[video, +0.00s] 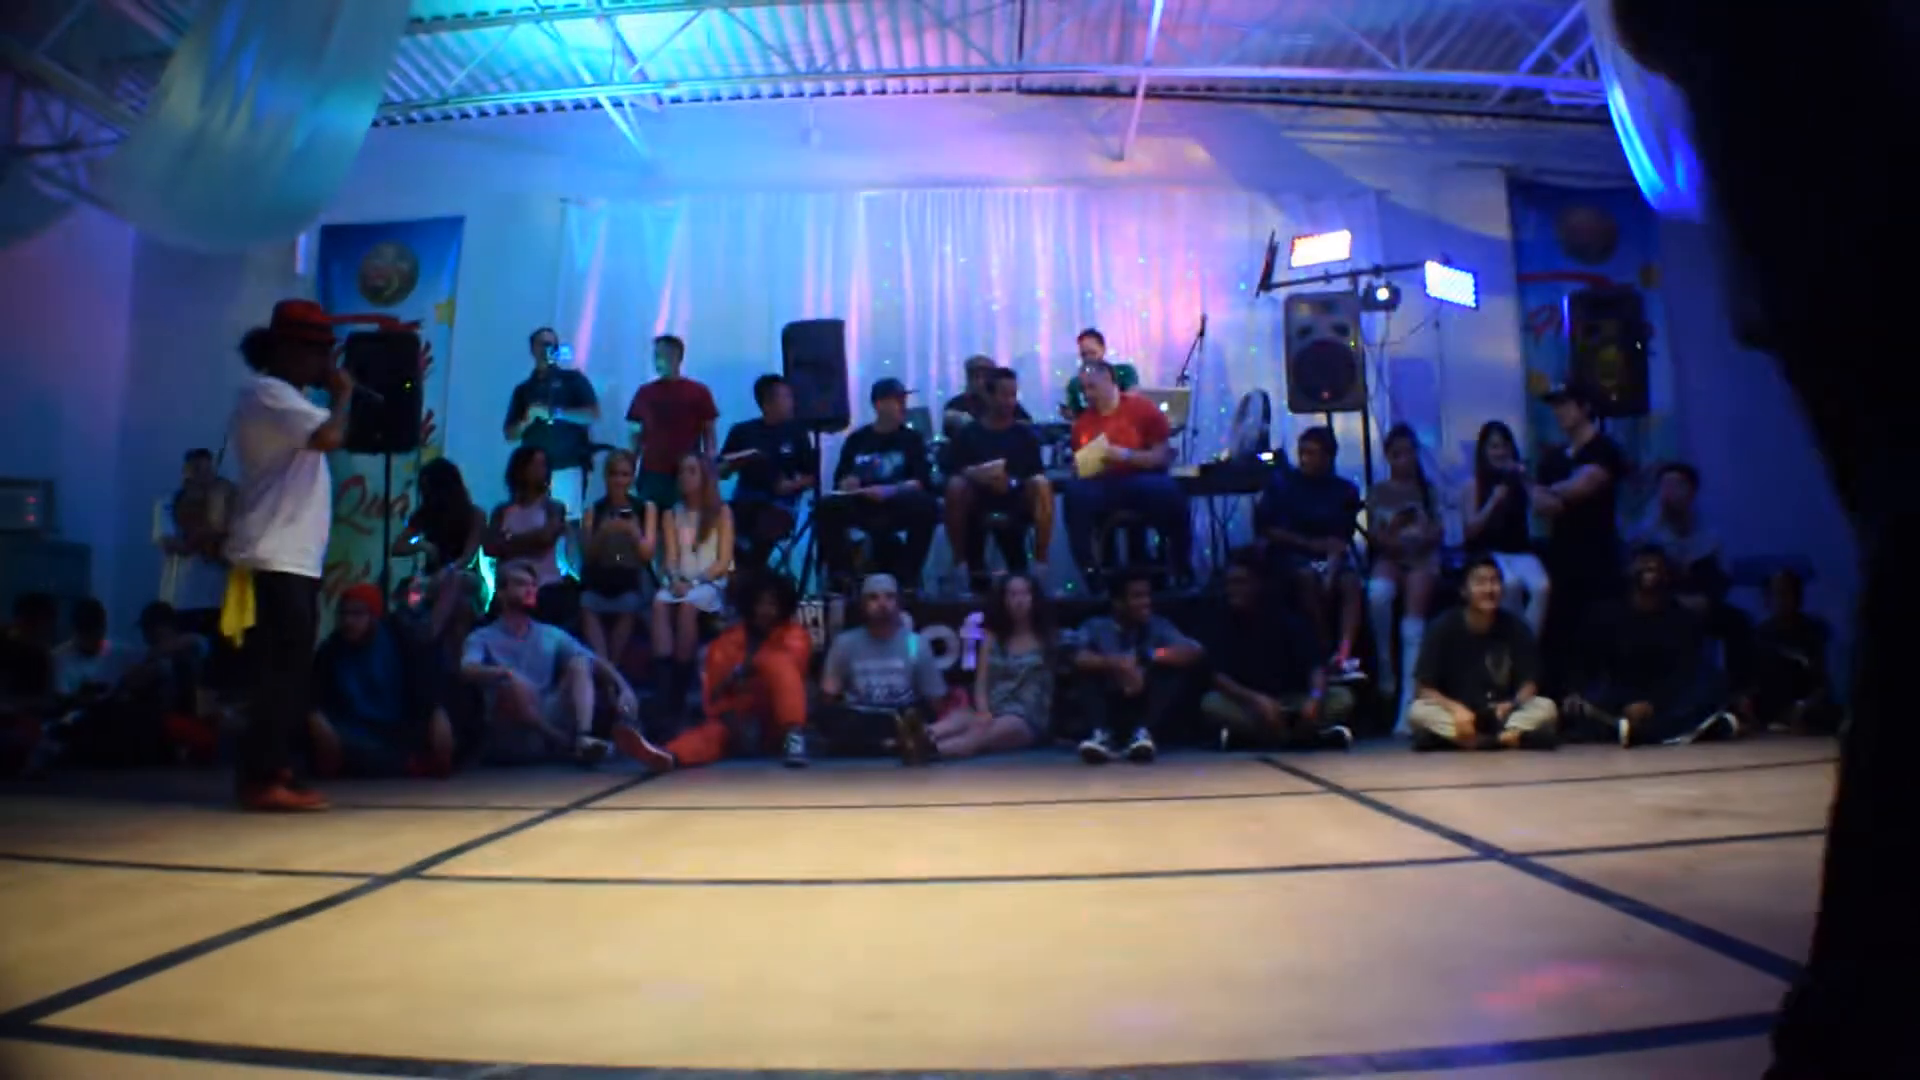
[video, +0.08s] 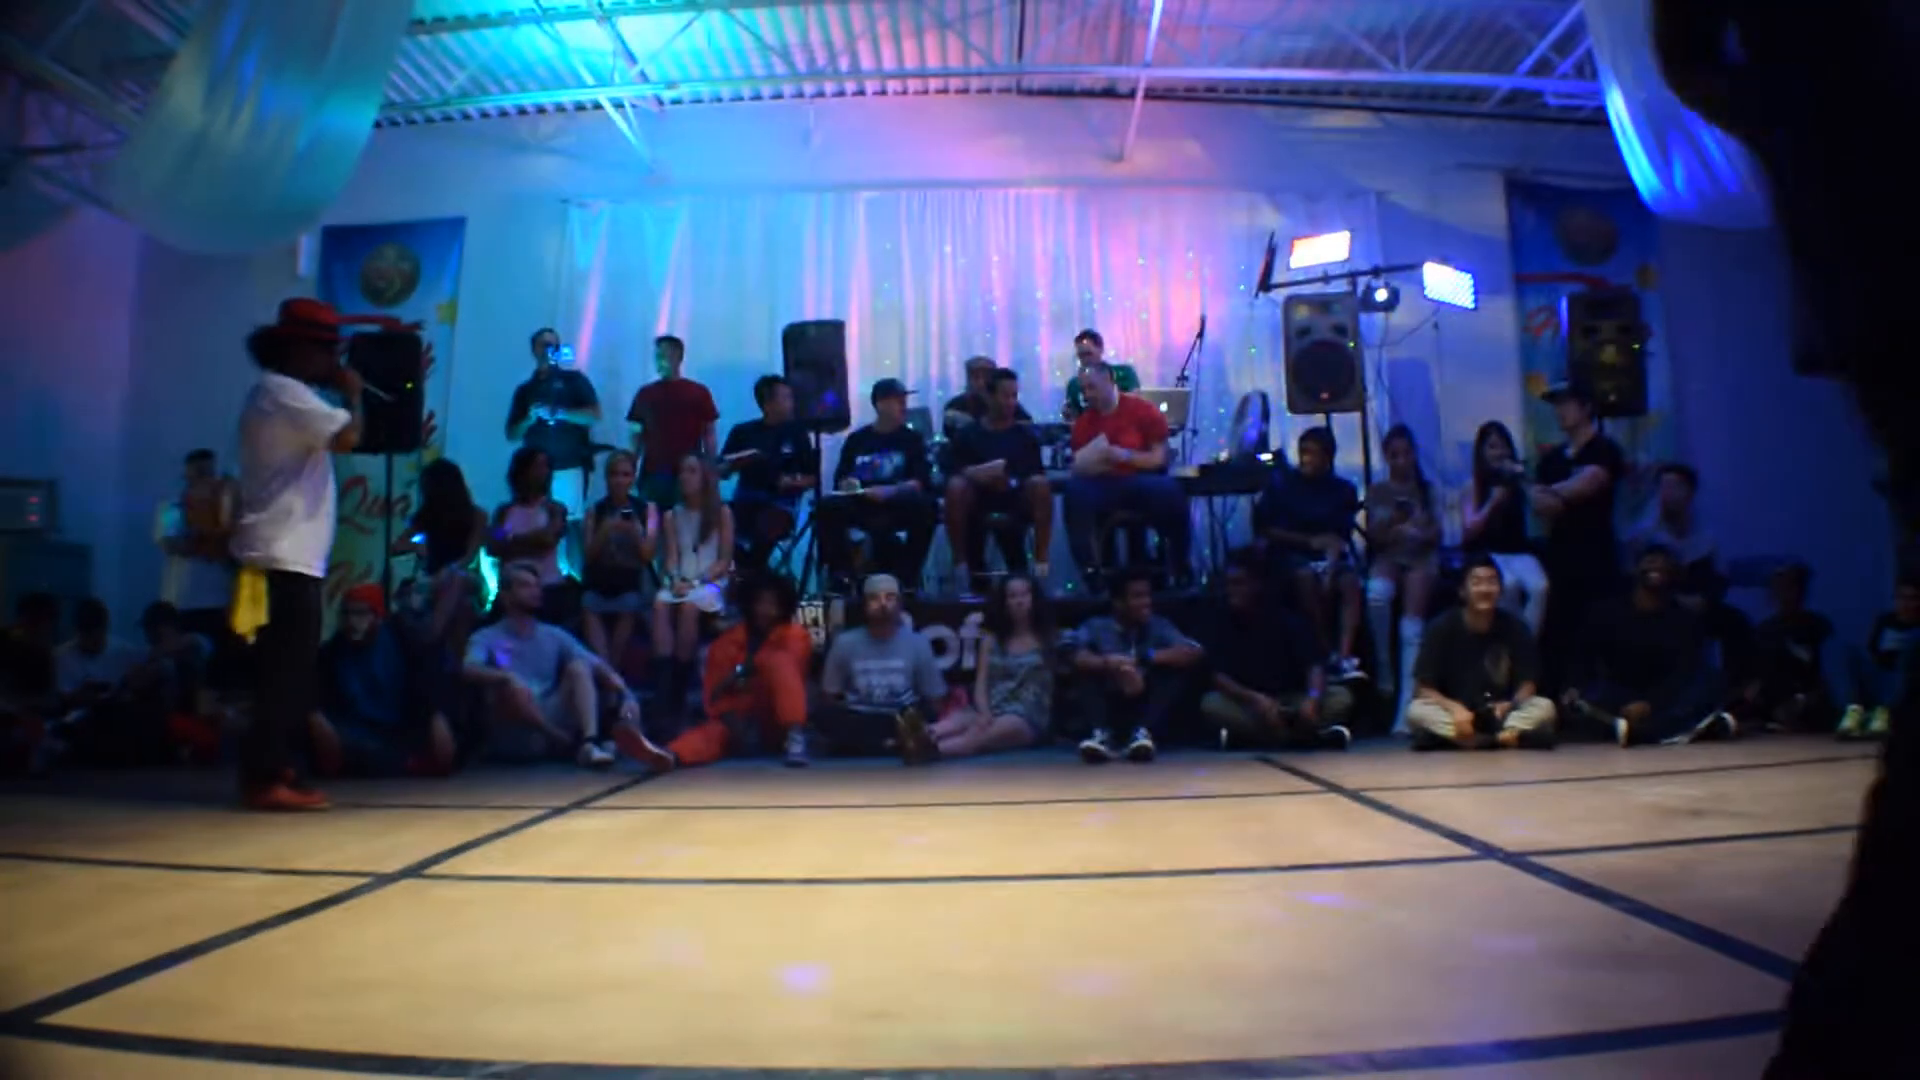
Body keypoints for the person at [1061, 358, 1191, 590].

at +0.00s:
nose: (1088, 394)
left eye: (1092, 386)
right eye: (1084, 388)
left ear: (1110, 382)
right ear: (1082, 389)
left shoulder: (1143, 408)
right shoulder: (1082, 423)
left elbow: (1163, 455)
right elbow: (1079, 463)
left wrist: (1124, 456)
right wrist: (1089, 463)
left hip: (1141, 479)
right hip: (1101, 481)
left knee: (1172, 496)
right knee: (1075, 497)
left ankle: (1180, 568)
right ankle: (1088, 570)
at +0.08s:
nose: (1087, 395)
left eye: (1092, 388)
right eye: (1083, 389)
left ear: (1110, 383)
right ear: (1081, 390)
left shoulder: (1143, 411)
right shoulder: (1083, 423)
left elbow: (1159, 458)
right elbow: (1078, 465)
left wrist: (1120, 456)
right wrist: (1101, 459)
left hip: (1140, 481)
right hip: (1100, 482)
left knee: (1171, 494)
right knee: (1075, 495)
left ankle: (1179, 567)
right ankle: (1089, 569)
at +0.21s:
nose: (1089, 396)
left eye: (1093, 388)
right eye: (1085, 390)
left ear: (1110, 385)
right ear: (1083, 392)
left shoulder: (1143, 411)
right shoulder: (1082, 424)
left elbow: (1161, 459)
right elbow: (1078, 466)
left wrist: (1126, 458)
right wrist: (1099, 462)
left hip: (1141, 482)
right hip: (1100, 484)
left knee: (1170, 495)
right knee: (1074, 497)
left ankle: (1179, 567)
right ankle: (1089, 572)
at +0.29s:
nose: (1088, 396)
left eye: (1093, 389)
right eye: (1085, 390)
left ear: (1111, 385)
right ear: (1083, 391)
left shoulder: (1141, 411)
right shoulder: (1083, 423)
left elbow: (1160, 459)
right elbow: (1077, 464)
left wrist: (1123, 457)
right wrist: (1094, 462)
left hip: (1140, 483)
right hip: (1100, 485)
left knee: (1170, 495)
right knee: (1074, 497)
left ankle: (1178, 567)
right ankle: (1089, 571)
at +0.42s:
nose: (1088, 397)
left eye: (1092, 389)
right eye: (1084, 391)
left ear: (1110, 383)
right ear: (1080, 392)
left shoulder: (1143, 409)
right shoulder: (1083, 423)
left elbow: (1161, 460)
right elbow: (1079, 463)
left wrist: (1122, 457)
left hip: (1141, 480)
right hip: (1102, 483)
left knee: (1171, 495)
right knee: (1076, 494)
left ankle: (1181, 568)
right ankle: (1088, 570)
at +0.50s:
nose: (1085, 396)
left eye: (1089, 388)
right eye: (1082, 390)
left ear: (1108, 380)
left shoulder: (1145, 409)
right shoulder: (1085, 421)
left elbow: (1162, 459)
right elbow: (1079, 463)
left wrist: (1125, 458)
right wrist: (1098, 464)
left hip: (1141, 480)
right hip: (1101, 481)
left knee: (1173, 496)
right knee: (1076, 496)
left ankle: (1181, 569)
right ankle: (1089, 571)